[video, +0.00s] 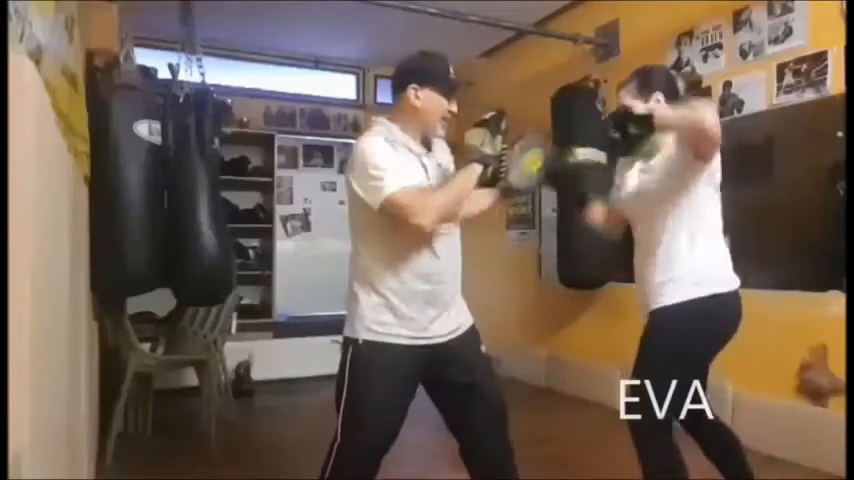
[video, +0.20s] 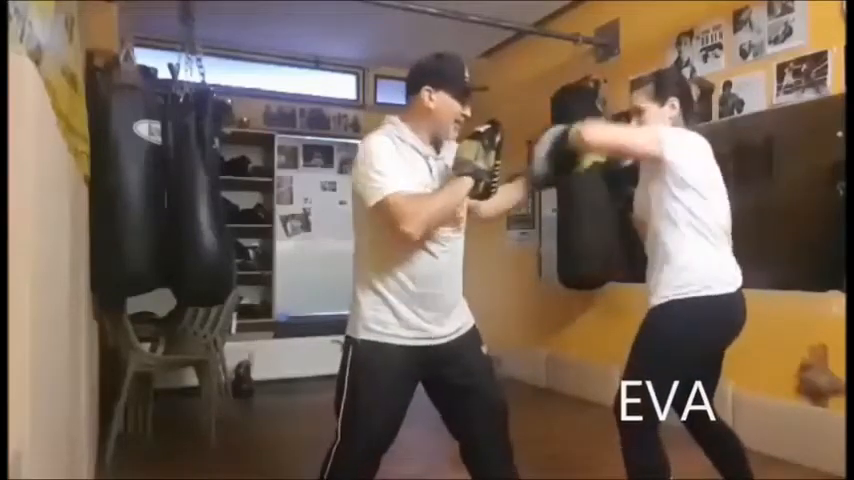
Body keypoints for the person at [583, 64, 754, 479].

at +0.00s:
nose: (621, 117)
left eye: (627, 107)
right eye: (619, 109)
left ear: (656, 102)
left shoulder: (690, 146)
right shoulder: (633, 165)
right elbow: (611, 221)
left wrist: (653, 116)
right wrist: (578, 186)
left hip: (701, 301)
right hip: (669, 307)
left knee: (644, 413)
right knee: (691, 409)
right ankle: (742, 474)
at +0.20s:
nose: (635, 121)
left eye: (641, 111)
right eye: (632, 114)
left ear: (672, 107)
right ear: (667, 109)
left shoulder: (683, 144)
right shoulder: (664, 161)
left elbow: (592, 134)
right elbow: (647, 222)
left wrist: (569, 137)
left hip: (688, 304)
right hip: (712, 303)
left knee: (633, 411)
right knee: (694, 408)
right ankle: (742, 474)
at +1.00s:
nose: (630, 125)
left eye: (636, 114)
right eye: (627, 117)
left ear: (666, 109)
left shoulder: (698, 152)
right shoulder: (662, 160)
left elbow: (658, 224)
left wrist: (640, 170)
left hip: (704, 308)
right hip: (686, 309)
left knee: (643, 414)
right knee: (696, 407)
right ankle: (742, 474)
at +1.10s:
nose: (635, 122)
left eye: (642, 112)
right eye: (631, 113)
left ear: (672, 108)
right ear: (638, 114)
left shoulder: (712, 153)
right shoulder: (632, 157)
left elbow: (674, 216)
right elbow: (571, 172)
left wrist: (654, 161)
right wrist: (550, 125)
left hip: (710, 303)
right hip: (672, 309)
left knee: (645, 412)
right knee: (705, 412)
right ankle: (746, 475)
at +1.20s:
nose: (636, 119)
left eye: (642, 110)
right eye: (634, 112)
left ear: (671, 107)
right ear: (656, 110)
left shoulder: (710, 145)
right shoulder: (639, 165)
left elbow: (691, 192)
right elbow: (585, 189)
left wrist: (658, 142)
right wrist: (567, 151)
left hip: (707, 303)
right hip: (670, 308)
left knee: (643, 409)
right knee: (700, 412)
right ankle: (741, 474)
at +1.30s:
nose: (634, 118)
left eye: (641, 110)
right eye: (633, 111)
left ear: (673, 107)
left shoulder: (707, 141)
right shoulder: (654, 169)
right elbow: (634, 228)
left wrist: (603, 119)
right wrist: (596, 186)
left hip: (703, 298)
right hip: (675, 302)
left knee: (639, 411)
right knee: (703, 409)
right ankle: (743, 475)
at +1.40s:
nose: (638, 124)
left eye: (644, 115)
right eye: (636, 116)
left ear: (676, 111)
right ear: (676, 113)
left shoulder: (678, 143)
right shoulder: (699, 149)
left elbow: (591, 150)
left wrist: (587, 126)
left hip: (690, 306)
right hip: (722, 303)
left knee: (635, 414)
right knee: (700, 409)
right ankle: (743, 475)